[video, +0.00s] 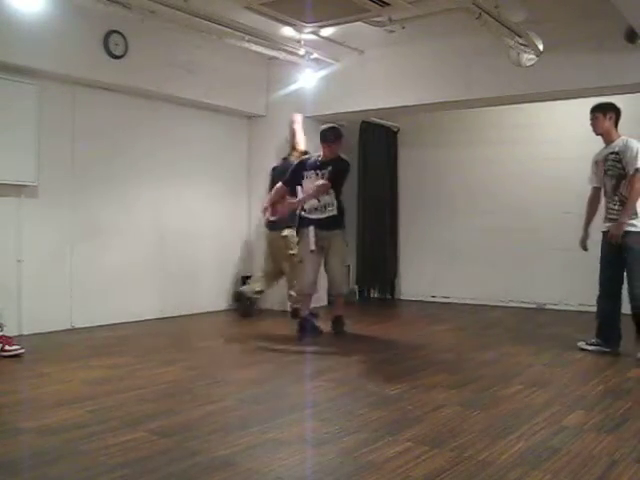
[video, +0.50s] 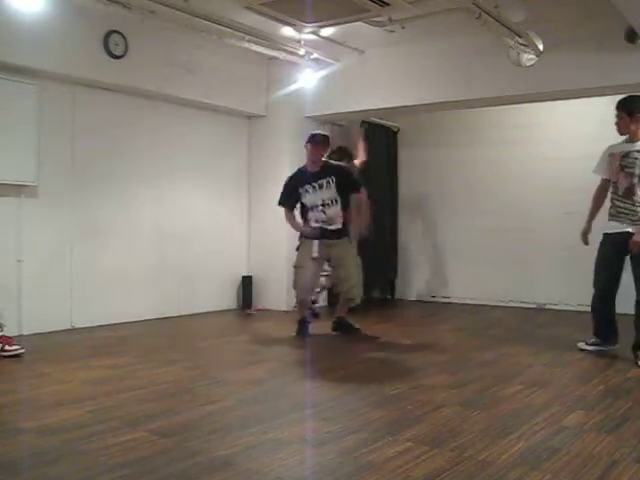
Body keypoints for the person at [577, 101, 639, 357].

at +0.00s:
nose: (592, 124)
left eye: (596, 119)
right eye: (591, 120)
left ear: (611, 119)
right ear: (600, 122)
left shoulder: (631, 147)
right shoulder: (599, 157)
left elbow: (634, 187)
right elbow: (595, 194)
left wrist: (621, 223)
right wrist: (586, 229)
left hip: (632, 230)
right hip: (610, 231)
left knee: (634, 291)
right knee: (608, 289)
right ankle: (607, 340)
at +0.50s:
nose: (616, 122)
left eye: (620, 117)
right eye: (616, 117)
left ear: (633, 118)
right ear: (629, 119)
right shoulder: (615, 150)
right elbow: (603, 188)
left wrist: (637, 233)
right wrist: (589, 222)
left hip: (635, 230)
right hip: (616, 229)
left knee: (638, 294)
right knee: (603, 286)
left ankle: (637, 347)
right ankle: (605, 338)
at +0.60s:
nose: (622, 126)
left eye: (625, 121)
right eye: (622, 120)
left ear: (636, 122)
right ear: (630, 122)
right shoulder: (621, 151)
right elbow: (611, 188)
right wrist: (598, 220)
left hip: (634, 228)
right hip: (619, 227)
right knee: (604, 281)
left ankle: (638, 347)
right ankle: (604, 335)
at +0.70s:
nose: (628, 126)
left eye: (632, 121)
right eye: (628, 120)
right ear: (630, 122)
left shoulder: (628, 151)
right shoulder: (623, 150)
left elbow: (617, 186)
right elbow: (615, 186)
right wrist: (606, 219)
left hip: (635, 228)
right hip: (622, 227)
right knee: (608, 283)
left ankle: (637, 348)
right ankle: (606, 338)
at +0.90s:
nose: (635, 120)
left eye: (636, 116)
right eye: (635, 116)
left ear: (638, 116)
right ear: (633, 116)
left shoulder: (627, 148)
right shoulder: (625, 148)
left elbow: (616, 186)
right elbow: (617, 186)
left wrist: (608, 220)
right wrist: (607, 221)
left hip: (632, 229)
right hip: (627, 228)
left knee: (624, 290)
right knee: (623, 290)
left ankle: (629, 348)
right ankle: (626, 349)